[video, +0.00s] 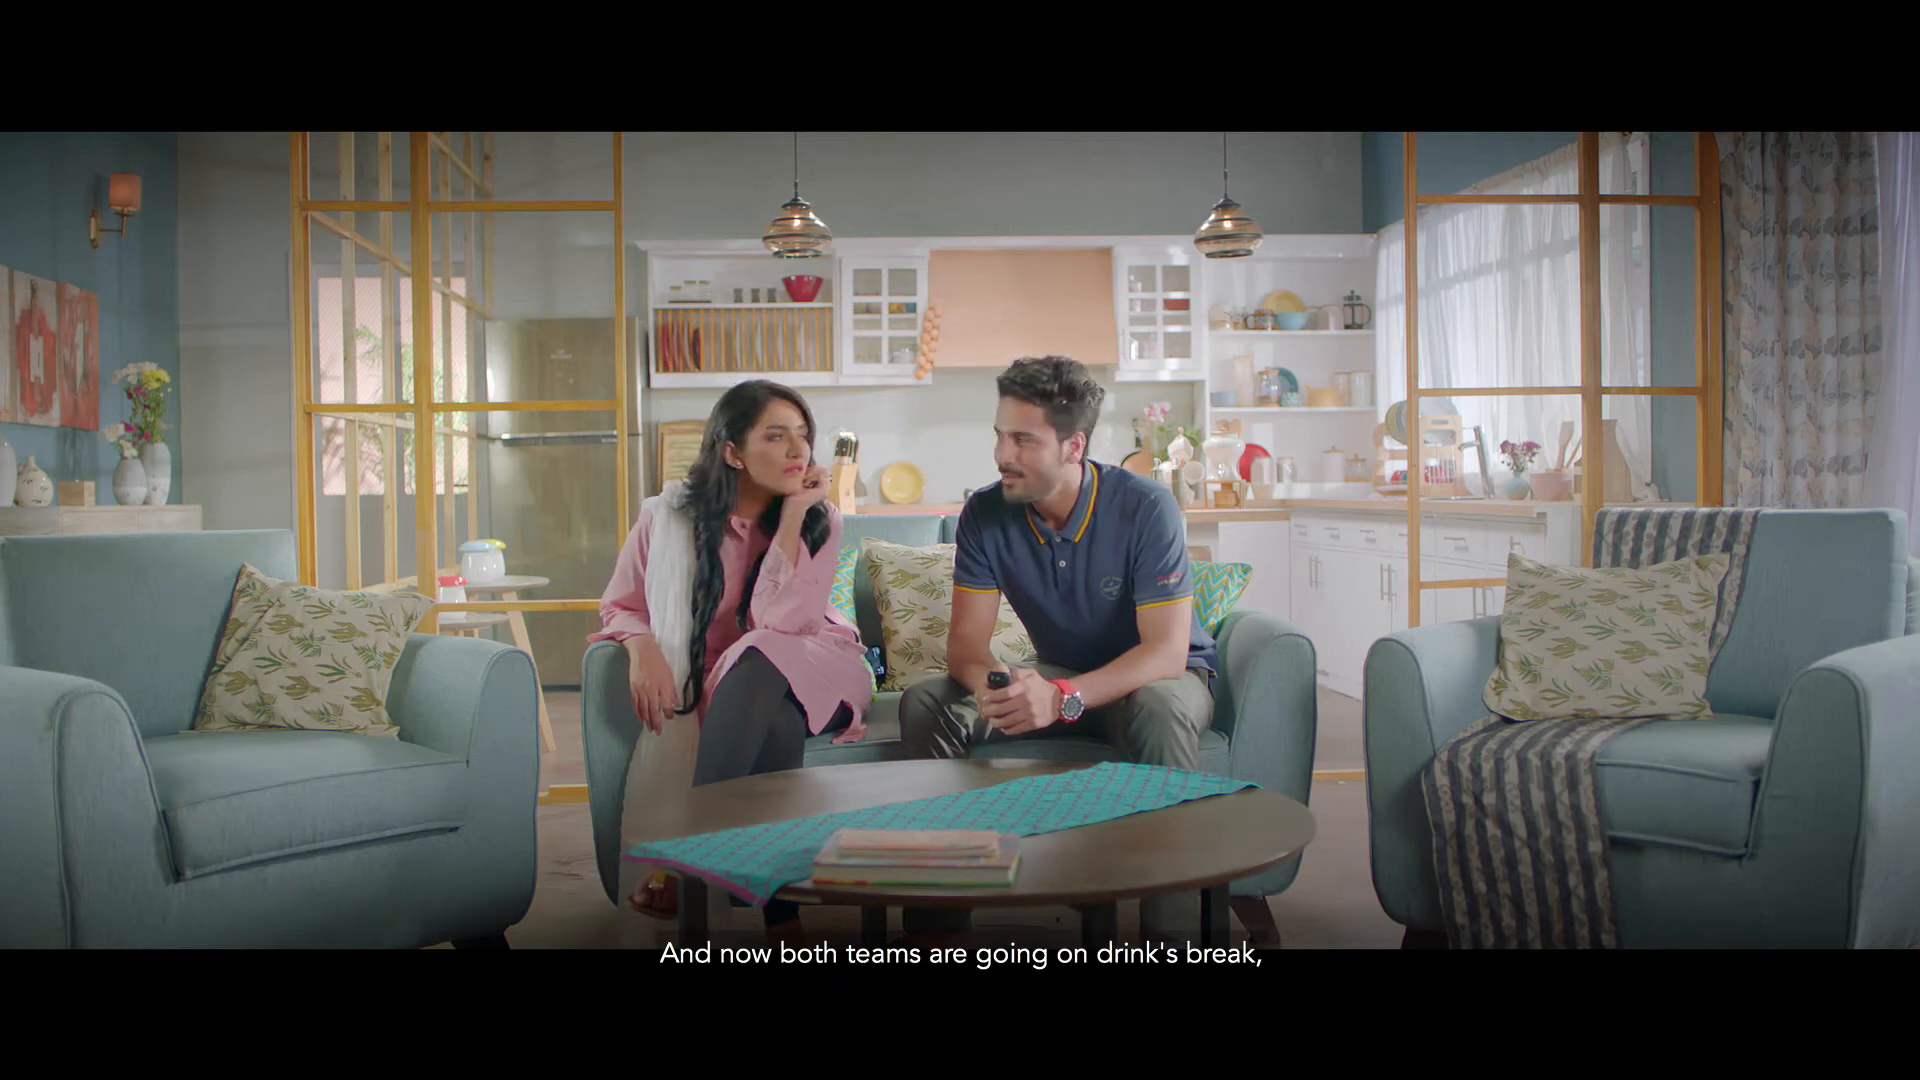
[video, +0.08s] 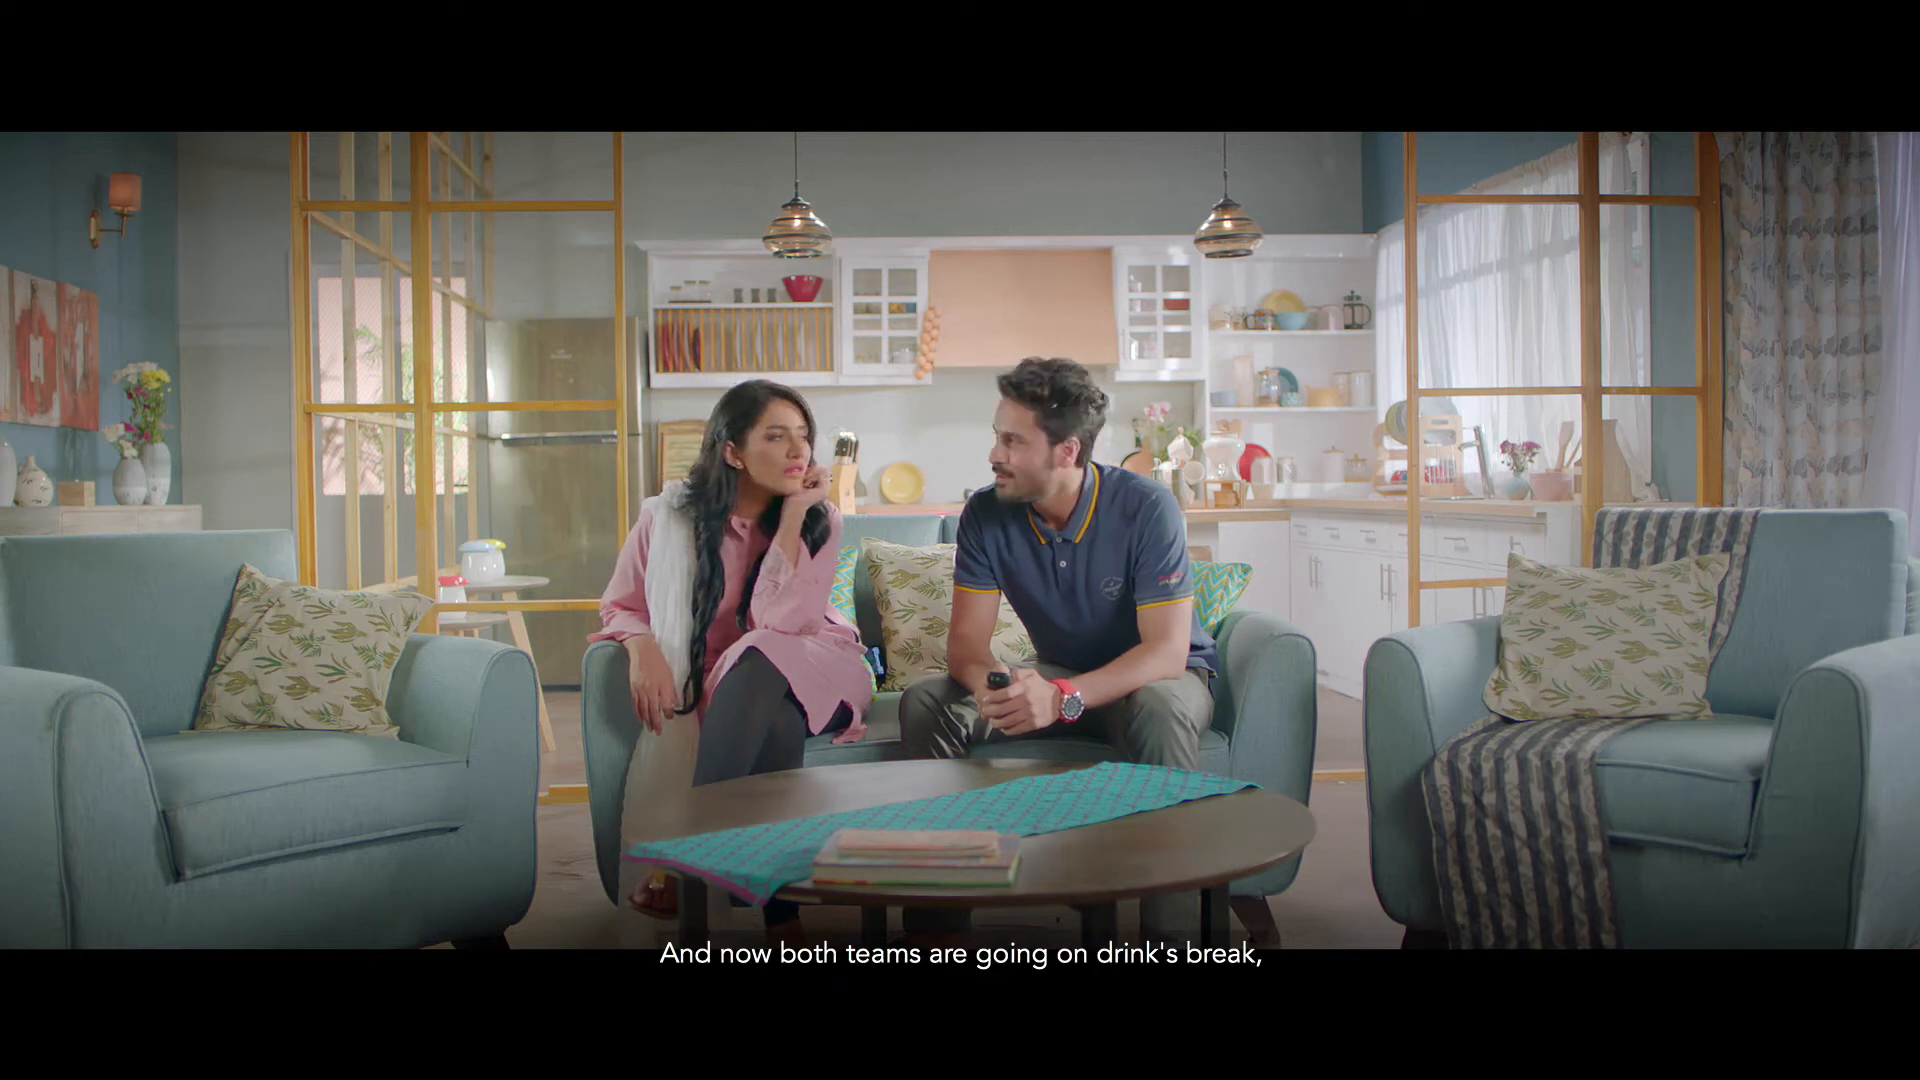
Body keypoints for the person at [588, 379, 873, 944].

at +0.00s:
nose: (798, 449)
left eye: (802, 435)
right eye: (776, 436)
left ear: (812, 445)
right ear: (733, 452)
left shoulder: (816, 520)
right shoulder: (665, 516)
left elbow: (782, 623)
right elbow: (620, 610)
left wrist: (792, 520)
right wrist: (641, 642)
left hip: (820, 669)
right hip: (722, 680)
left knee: (756, 657)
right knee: (778, 721)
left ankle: (687, 865)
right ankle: (780, 909)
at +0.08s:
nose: (798, 450)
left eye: (803, 436)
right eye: (777, 436)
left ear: (812, 447)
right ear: (733, 452)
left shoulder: (817, 521)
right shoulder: (665, 516)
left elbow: (782, 622)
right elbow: (620, 610)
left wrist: (792, 520)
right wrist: (642, 642)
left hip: (820, 668)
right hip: (723, 679)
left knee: (757, 657)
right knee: (778, 721)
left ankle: (687, 865)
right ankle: (779, 908)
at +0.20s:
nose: (798, 451)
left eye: (803, 438)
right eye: (778, 437)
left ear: (811, 449)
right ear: (733, 452)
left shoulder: (816, 521)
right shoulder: (665, 516)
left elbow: (782, 624)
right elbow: (621, 609)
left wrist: (792, 520)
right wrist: (641, 642)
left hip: (820, 669)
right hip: (723, 680)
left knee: (756, 657)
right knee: (778, 721)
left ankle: (687, 865)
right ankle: (780, 909)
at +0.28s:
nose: (798, 451)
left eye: (803, 438)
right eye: (778, 437)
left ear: (812, 450)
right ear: (734, 452)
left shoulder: (816, 521)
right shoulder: (664, 516)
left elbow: (782, 624)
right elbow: (620, 609)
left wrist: (792, 520)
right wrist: (640, 641)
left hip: (820, 669)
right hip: (722, 680)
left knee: (756, 657)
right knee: (777, 722)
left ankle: (686, 864)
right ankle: (780, 910)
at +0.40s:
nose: (799, 452)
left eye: (804, 439)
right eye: (778, 438)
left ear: (812, 450)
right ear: (734, 452)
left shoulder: (816, 521)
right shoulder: (664, 517)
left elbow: (782, 623)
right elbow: (620, 609)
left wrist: (793, 520)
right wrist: (640, 641)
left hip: (820, 668)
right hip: (722, 680)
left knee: (756, 657)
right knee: (777, 722)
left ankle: (687, 864)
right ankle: (780, 909)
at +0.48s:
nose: (800, 453)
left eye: (805, 439)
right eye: (780, 439)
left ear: (813, 450)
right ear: (735, 453)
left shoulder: (817, 522)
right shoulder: (665, 516)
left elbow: (782, 623)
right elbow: (621, 609)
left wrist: (793, 521)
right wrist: (640, 641)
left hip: (820, 668)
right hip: (722, 680)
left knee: (755, 657)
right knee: (777, 722)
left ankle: (687, 864)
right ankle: (780, 909)